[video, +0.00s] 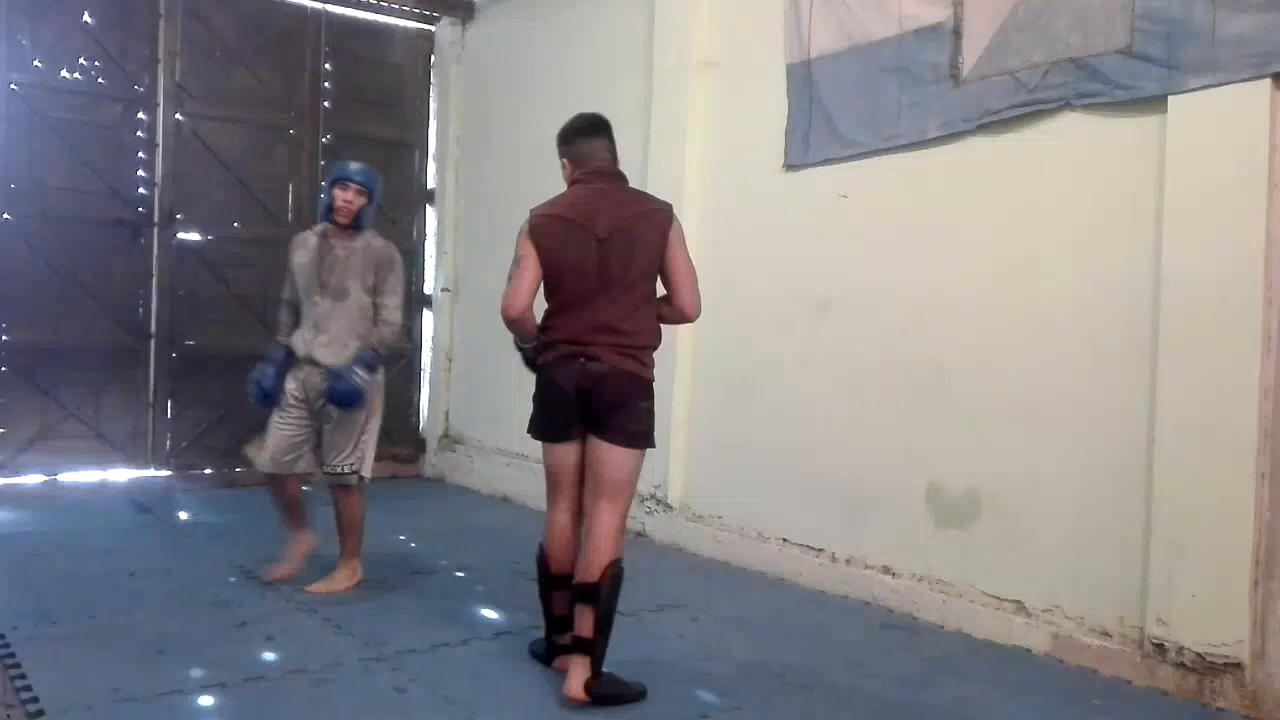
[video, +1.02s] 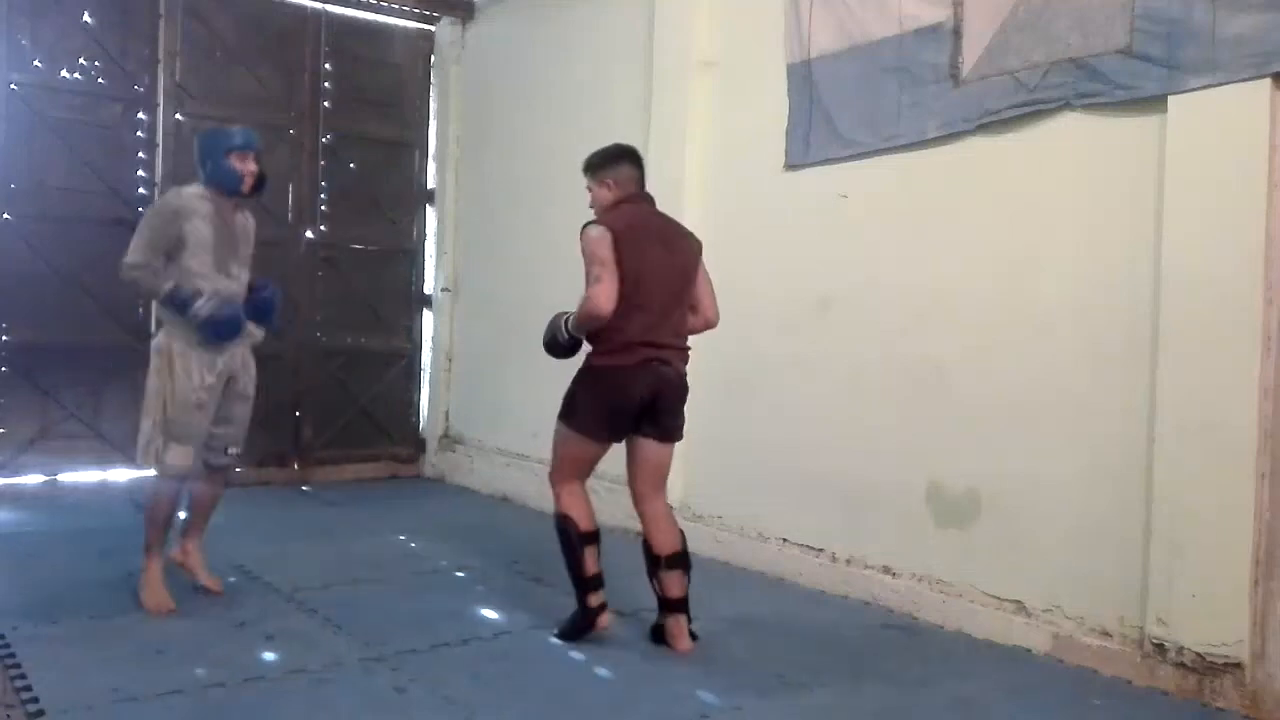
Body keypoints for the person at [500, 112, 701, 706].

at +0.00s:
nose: (566, 172)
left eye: (563, 165)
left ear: (566, 165)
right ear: (618, 160)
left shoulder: (545, 220)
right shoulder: (658, 215)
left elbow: (514, 309)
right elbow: (686, 306)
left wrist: (533, 343)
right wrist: (637, 308)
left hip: (560, 376)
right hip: (625, 381)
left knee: (562, 507)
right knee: (607, 516)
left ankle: (559, 641)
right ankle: (582, 672)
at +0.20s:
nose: (551, 178)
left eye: (548, 171)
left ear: (554, 170)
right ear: (602, 159)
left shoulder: (537, 225)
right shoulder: (646, 213)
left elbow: (513, 320)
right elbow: (681, 300)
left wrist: (556, 331)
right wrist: (634, 309)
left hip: (561, 381)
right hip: (627, 382)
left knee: (565, 507)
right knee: (629, 510)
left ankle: (561, 644)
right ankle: (593, 649)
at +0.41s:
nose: (544, 186)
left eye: (543, 179)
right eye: (545, 179)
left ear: (553, 176)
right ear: (598, 165)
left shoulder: (539, 228)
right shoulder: (647, 215)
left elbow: (519, 322)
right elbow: (677, 301)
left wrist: (562, 310)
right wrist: (637, 309)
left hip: (565, 384)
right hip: (631, 384)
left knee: (567, 503)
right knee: (647, 492)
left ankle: (562, 647)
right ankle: (641, 626)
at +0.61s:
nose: (564, 191)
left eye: (563, 183)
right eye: (563, 184)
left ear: (576, 178)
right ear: (617, 172)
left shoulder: (562, 228)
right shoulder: (666, 225)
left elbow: (536, 319)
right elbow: (690, 310)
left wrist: (579, 312)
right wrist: (644, 318)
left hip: (579, 385)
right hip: (644, 386)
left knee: (574, 506)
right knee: (652, 501)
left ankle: (563, 646)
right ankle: (677, 628)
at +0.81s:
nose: (593, 198)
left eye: (594, 189)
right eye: (593, 190)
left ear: (608, 184)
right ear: (643, 182)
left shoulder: (596, 227)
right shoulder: (687, 237)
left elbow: (579, 304)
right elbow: (706, 322)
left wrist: (560, 331)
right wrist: (653, 327)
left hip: (603, 388)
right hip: (665, 391)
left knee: (564, 487)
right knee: (657, 498)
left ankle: (568, 619)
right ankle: (677, 627)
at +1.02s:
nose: (590, 199)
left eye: (591, 191)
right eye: (588, 191)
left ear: (609, 187)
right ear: (639, 186)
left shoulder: (602, 230)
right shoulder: (684, 237)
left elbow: (601, 304)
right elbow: (706, 315)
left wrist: (569, 328)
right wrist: (653, 325)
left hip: (610, 379)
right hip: (667, 384)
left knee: (568, 479)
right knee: (652, 494)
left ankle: (592, 606)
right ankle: (677, 624)